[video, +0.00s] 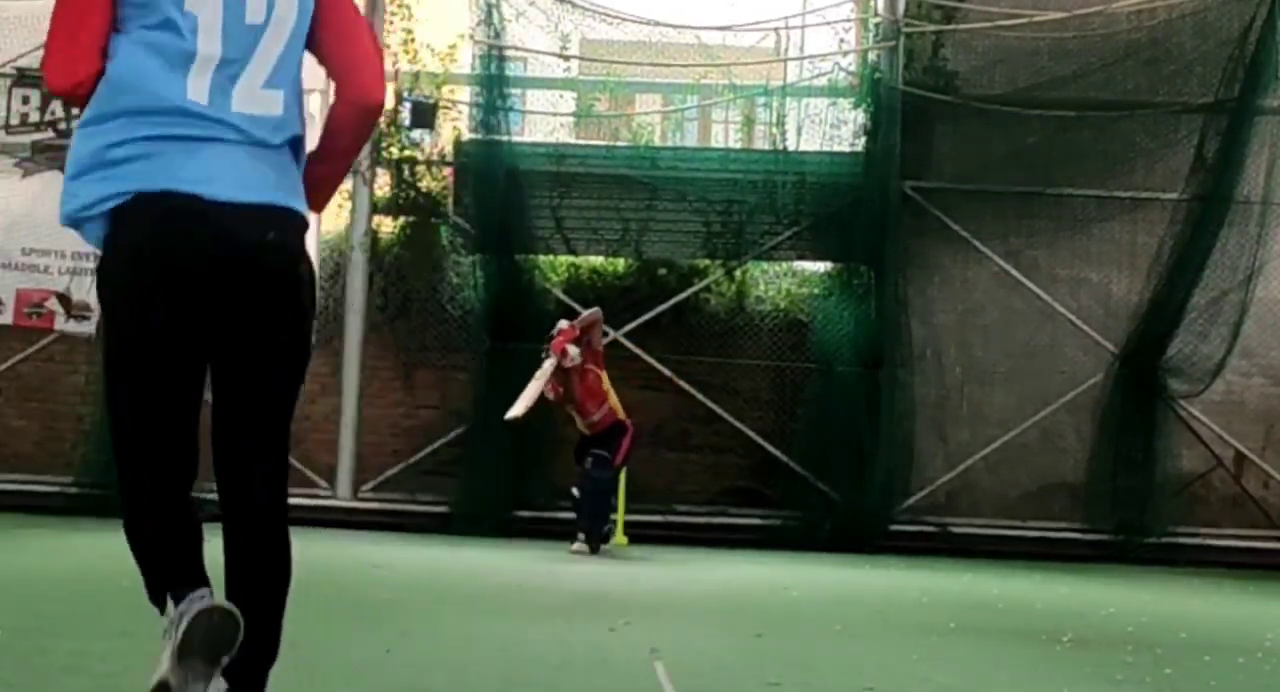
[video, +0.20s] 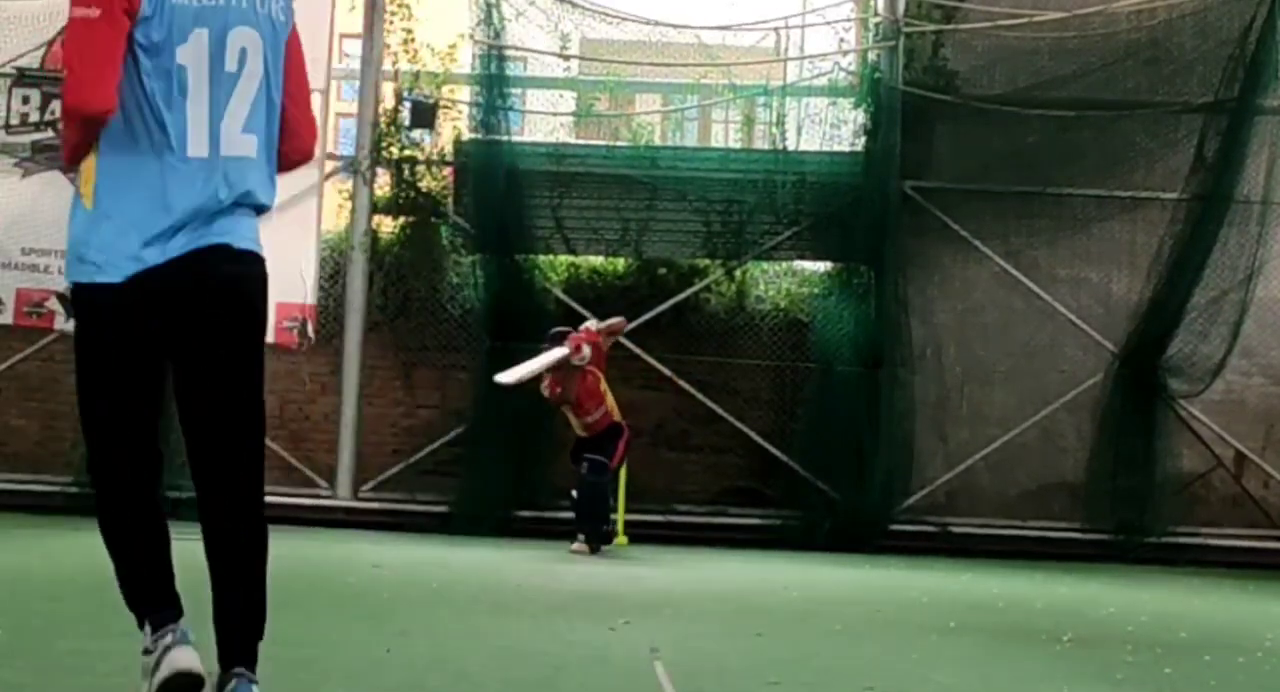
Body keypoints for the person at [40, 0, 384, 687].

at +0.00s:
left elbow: (68, 72)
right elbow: (366, 89)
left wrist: (140, 92)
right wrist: (308, 193)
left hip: (151, 219)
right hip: (269, 231)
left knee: (152, 467)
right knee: (257, 483)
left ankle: (188, 605)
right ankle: (245, 681)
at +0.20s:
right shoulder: (271, 5)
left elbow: (90, 100)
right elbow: (298, 139)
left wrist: (73, 153)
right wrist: (214, 170)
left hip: (120, 263)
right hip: (228, 262)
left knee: (123, 470)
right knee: (232, 474)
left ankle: (167, 637)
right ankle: (241, 673)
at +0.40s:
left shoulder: (60, 6)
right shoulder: (202, 15)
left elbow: (37, 128)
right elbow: (239, 155)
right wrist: (146, 136)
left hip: (85, 289)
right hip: (186, 284)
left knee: (87, 487)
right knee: (219, 468)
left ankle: (99, 665)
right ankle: (258, 608)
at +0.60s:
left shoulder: (24, 30)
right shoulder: (166, 32)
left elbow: (6, 134)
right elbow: (209, 150)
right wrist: (137, 183)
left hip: (32, 291)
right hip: (128, 293)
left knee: (55, 476)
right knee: (131, 468)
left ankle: (91, 651)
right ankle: (152, 648)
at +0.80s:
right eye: (6, 7)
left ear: (7, 8)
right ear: (55, 7)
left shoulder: (11, 65)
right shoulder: (110, 68)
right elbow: (167, 173)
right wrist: (97, 226)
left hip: (12, 308)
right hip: (75, 312)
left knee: (12, 473)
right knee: (39, 473)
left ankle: (58, 601)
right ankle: (39, 636)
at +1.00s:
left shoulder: (17, 55)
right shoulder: (18, 54)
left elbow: (30, 186)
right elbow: (32, 185)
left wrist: (38, 286)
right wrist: (39, 283)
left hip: (12, 298)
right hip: (17, 297)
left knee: (12, 468)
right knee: (12, 469)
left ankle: (38, 633)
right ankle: (38, 632)